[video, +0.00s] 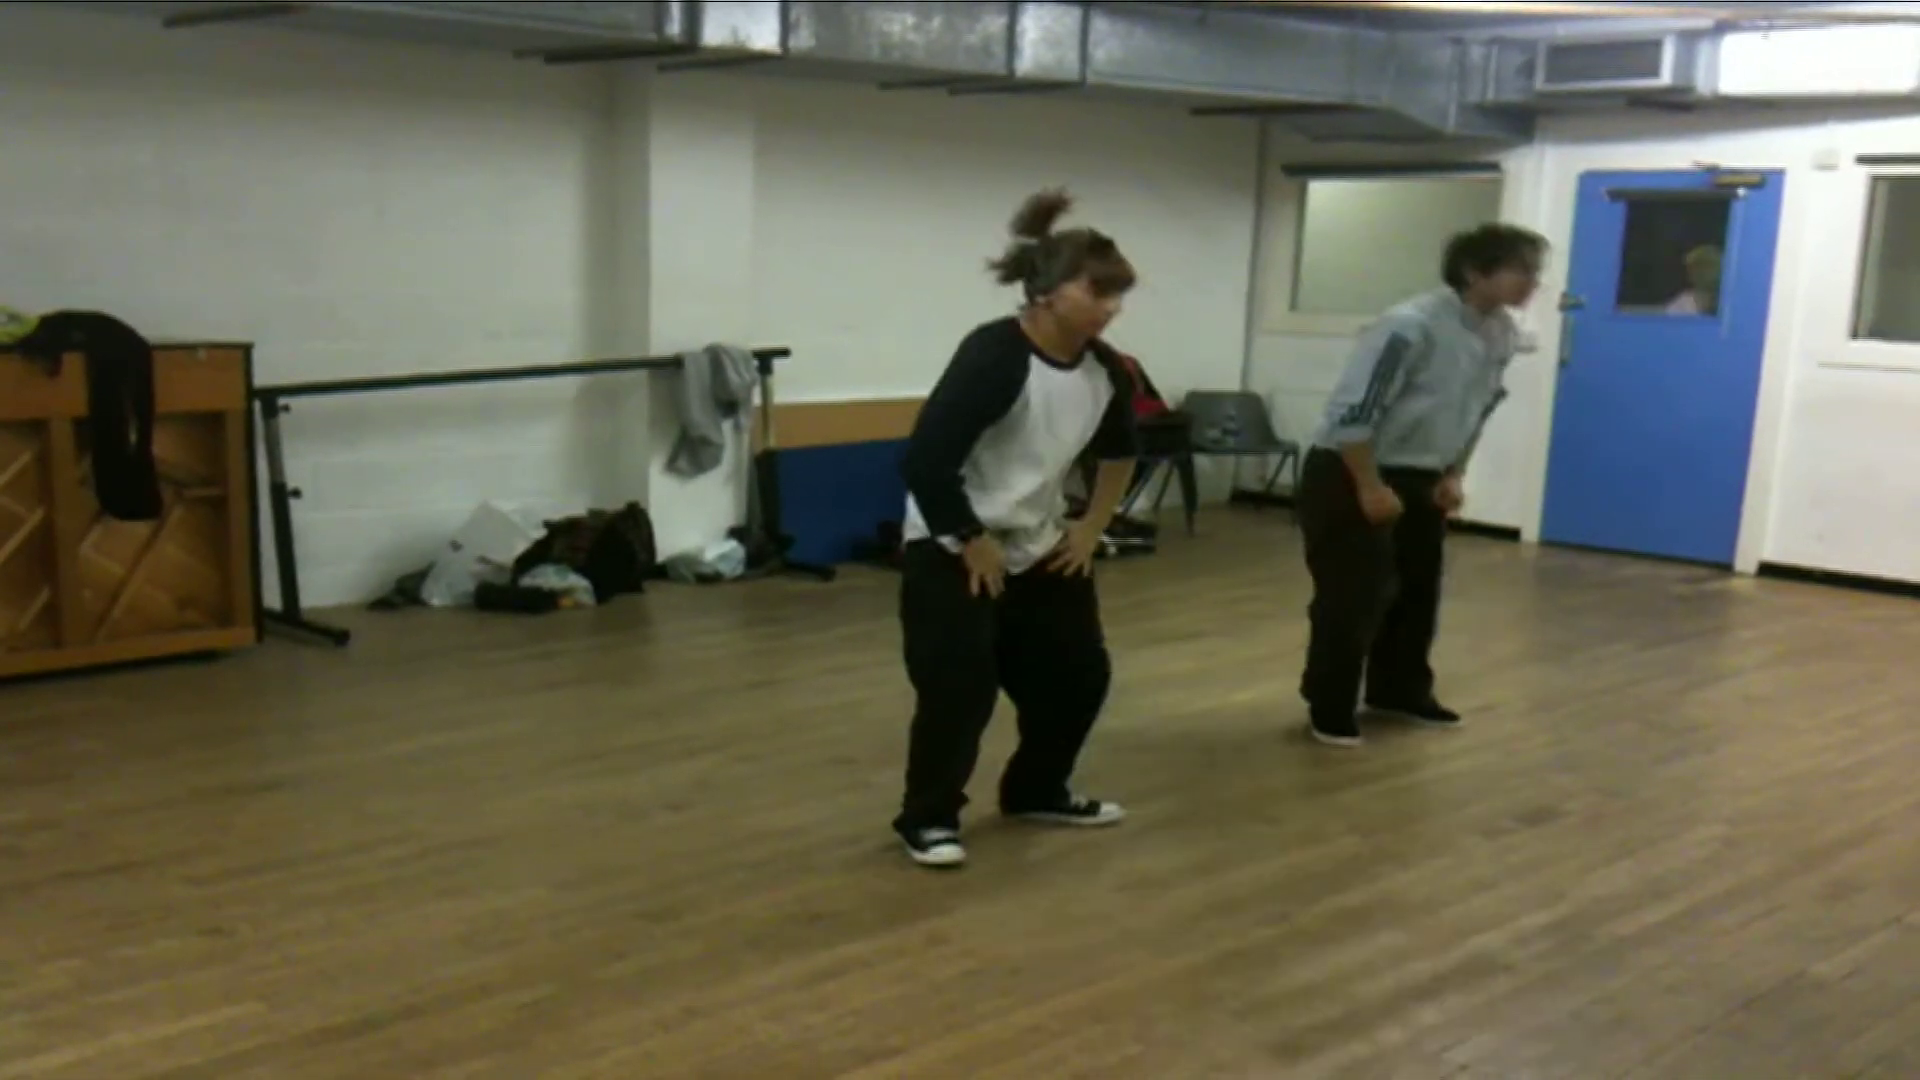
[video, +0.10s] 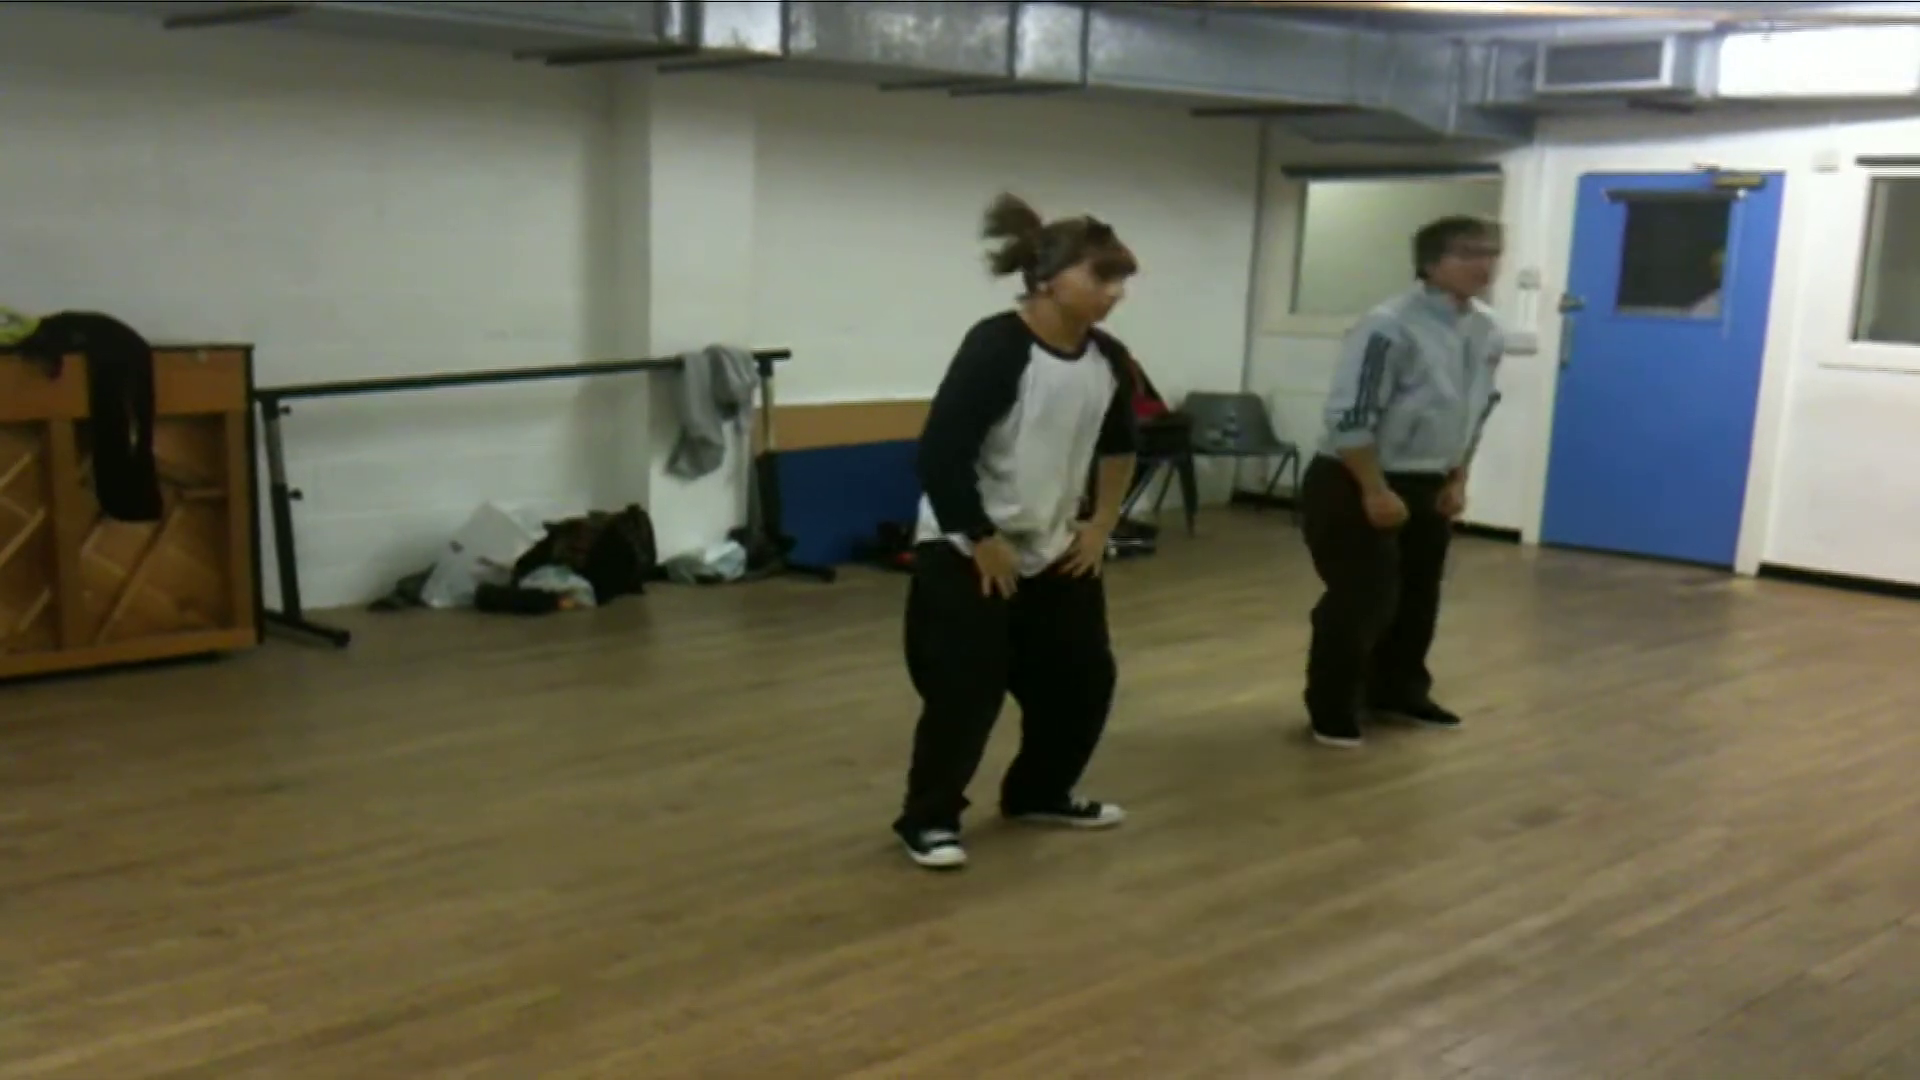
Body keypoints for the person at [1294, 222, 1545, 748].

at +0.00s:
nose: (1531, 285)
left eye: (1532, 274)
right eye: (1522, 272)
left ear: (1495, 279)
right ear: (1480, 273)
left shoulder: (1499, 336)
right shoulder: (1409, 326)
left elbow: (1476, 413)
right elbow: (1349, 417)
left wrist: (1453, 471)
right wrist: (1368, 484)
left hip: (1417, 476)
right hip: (1348, 470)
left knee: (1416, 587)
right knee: (1353, 590)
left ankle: (1399, 689)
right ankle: (1331, 706)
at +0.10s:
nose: (1484, 266)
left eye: (1489, 256)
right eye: (1471, 255)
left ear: (1493, 264)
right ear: (1436, 263)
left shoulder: (1483, 334)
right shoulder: (1386, 328)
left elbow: (1474, 412)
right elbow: (1348, 424)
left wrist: (1457, 476)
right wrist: (1373, 489)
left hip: (1425, 485)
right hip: (1356, 482)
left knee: (1417, 595)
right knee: (1361, 595)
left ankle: (1399, 690)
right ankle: (1333, 709)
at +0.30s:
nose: (1412, 288)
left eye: (1426, 279)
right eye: (1399, 279)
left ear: (1449, 292)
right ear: (1383, 291)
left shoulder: (1460, 358)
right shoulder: (1349, 354)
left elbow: (1447, 437)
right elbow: (1314, 452)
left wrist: (1440, 503)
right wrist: (1337, 518)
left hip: (1400, 494)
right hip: (1328, 491)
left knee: (1439, 592)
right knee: (1349, 595)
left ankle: (1417, 690)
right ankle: (1328, 704)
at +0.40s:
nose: (1376, 321)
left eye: (1391, 311)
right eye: (1366, 311)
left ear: (1416, 323)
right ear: (1353, 322)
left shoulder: (1446, 383)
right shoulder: (1321, 377)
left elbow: (1477, 433)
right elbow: (1305, 465)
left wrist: (1460, 500)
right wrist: (1374, 509)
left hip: (1378, 526)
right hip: (1295, 522)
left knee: (1442, 633)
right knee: (1282, 622)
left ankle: (1416, 699)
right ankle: (1245, 708)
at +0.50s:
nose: (1327, 329)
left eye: (1344, 321)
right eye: (1317, 318)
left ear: (1368, 333)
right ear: (1303, 323)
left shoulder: (1379, 378)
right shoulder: (1266, 373)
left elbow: (1462, 373)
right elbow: (1280, 426)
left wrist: (1502, 418)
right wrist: (1358, 423)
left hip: (1334, 544)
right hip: (1252, 539)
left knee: (1407, 629)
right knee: (1188, 618)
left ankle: (1425, 702)